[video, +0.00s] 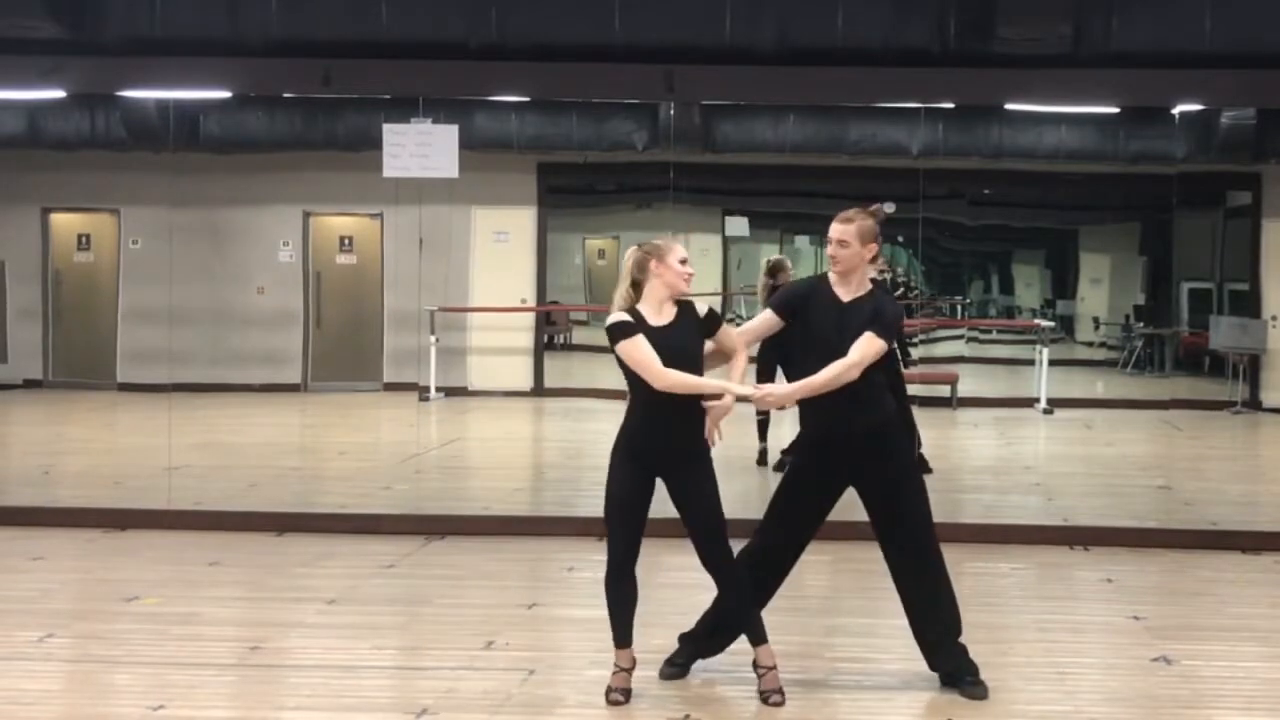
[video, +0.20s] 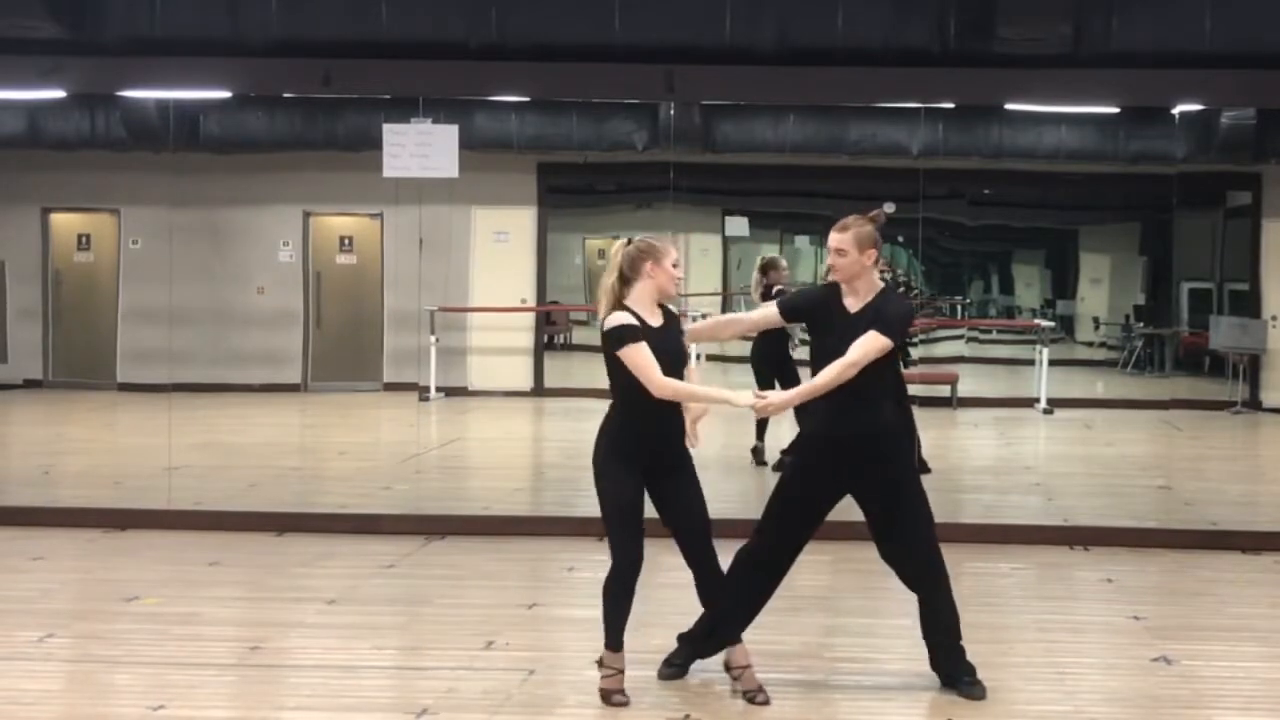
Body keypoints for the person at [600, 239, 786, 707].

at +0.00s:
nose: (690, 271)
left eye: (690, 264)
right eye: (682, 263)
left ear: (663, 270)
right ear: (651, 268)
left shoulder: (695, 316)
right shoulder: (622, 323)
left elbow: (739, 349)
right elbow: (660, 378)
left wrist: (728, 399)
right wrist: (733, 389)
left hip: (687, 449)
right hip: (636, 450)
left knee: (716, 555)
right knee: (620, 557)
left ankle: (763, 654)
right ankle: (623, 658)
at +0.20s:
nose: (680, 274)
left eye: (679, 267)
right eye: (674, 266)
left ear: (651, 270)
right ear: (646, 269)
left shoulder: (670, 318)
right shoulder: (620, 322)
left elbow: (687, 374)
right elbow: (656, 385)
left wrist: (693, 406)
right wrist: (733, 397)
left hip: (667, 450)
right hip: (621, 453)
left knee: (702, 554)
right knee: (627, 557)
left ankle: (738, 657)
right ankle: (613, 660)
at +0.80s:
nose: (694, 270)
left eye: (693, 262)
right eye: (689, 262)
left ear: (656, 268)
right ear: (666, 267)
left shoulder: (633, 313)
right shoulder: (674, 316)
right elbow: (731, 365)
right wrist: (787, 351)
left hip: (627, 440)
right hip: (668, 445)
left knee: (633, 545)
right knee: (660, 554)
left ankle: (608, 647)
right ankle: (628, 659)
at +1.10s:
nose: (655, 278)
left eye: (664, 269)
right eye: (648, 270)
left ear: (685, 272)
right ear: (639, 274)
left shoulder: (703, 310)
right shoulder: (632, 316)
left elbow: (756, 252)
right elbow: (615, 376)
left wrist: (784, 205)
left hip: (675, 442)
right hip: (627, 437)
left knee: (677, 543)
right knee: (589, 537)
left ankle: (635, 640)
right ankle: (535, 640)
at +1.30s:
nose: (657, 282)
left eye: (665, 274)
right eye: (650, 274)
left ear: (684, 279)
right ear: (642, 277)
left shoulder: (705, 322)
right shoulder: (624, 324)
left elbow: (765, 281)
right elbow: (559, 345)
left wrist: (810, 246)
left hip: (676, 448)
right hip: (625, 444)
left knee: (674, 555)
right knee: (603, 537)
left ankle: (635, 640)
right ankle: (579, 611)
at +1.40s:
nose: (655, 288)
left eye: (665, 280)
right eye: (649, 280)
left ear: (683, 283)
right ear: (641, 280)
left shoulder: (703, 324)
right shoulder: (623, 320)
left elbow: (772, 298)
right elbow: (561, 304)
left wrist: (833, 270)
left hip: (674, 450)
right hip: (624, 448)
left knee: (672, 554)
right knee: (619, 545)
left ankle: (633, 641)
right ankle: (610, 614)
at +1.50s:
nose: (657, 288)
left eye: (665, 280)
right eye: (650, 280)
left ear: (683, 283)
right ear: (642, 282)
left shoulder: (701, 329)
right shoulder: (627, 316)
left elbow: (768, 323)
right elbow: (584, 271)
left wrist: (833, 311)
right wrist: (547, 227)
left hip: (678, 455)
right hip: (627, 452)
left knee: (668, 558)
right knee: (619, 549)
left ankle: (635, 637)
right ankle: (620, 611)